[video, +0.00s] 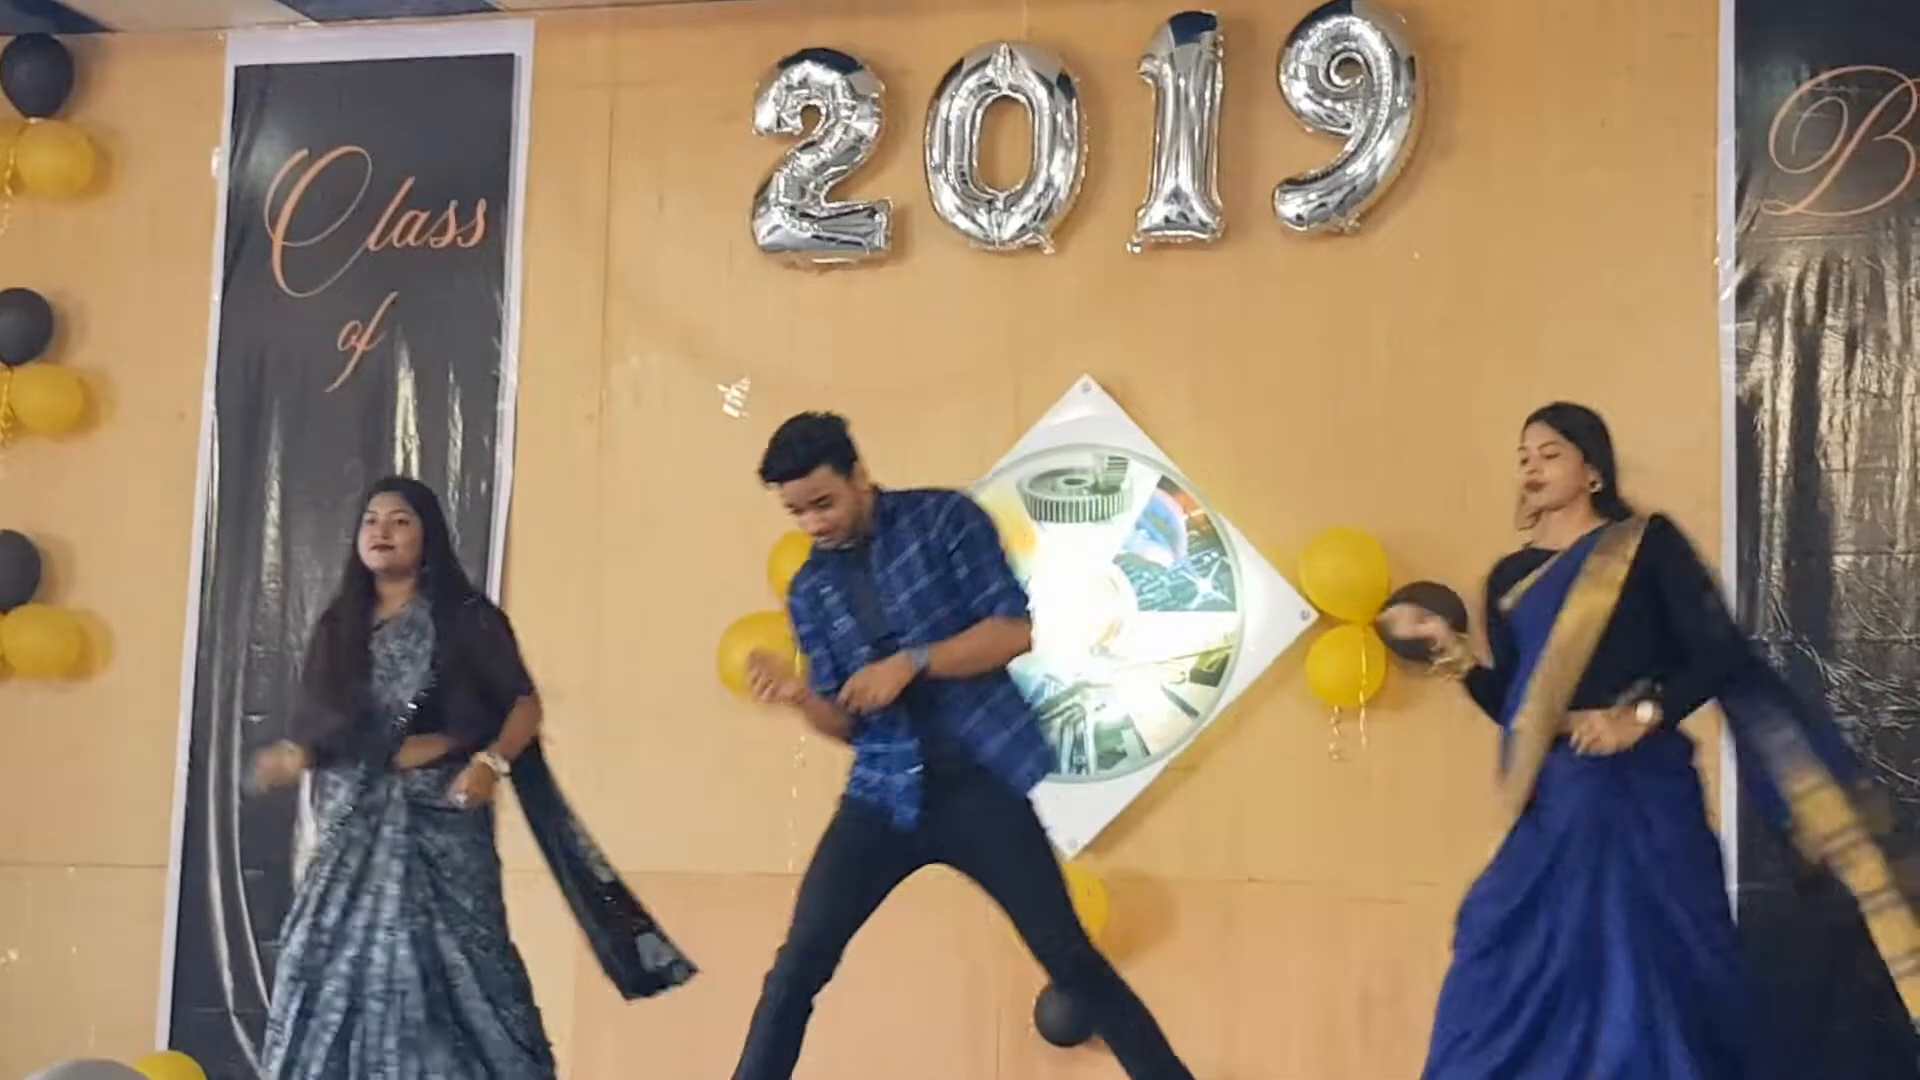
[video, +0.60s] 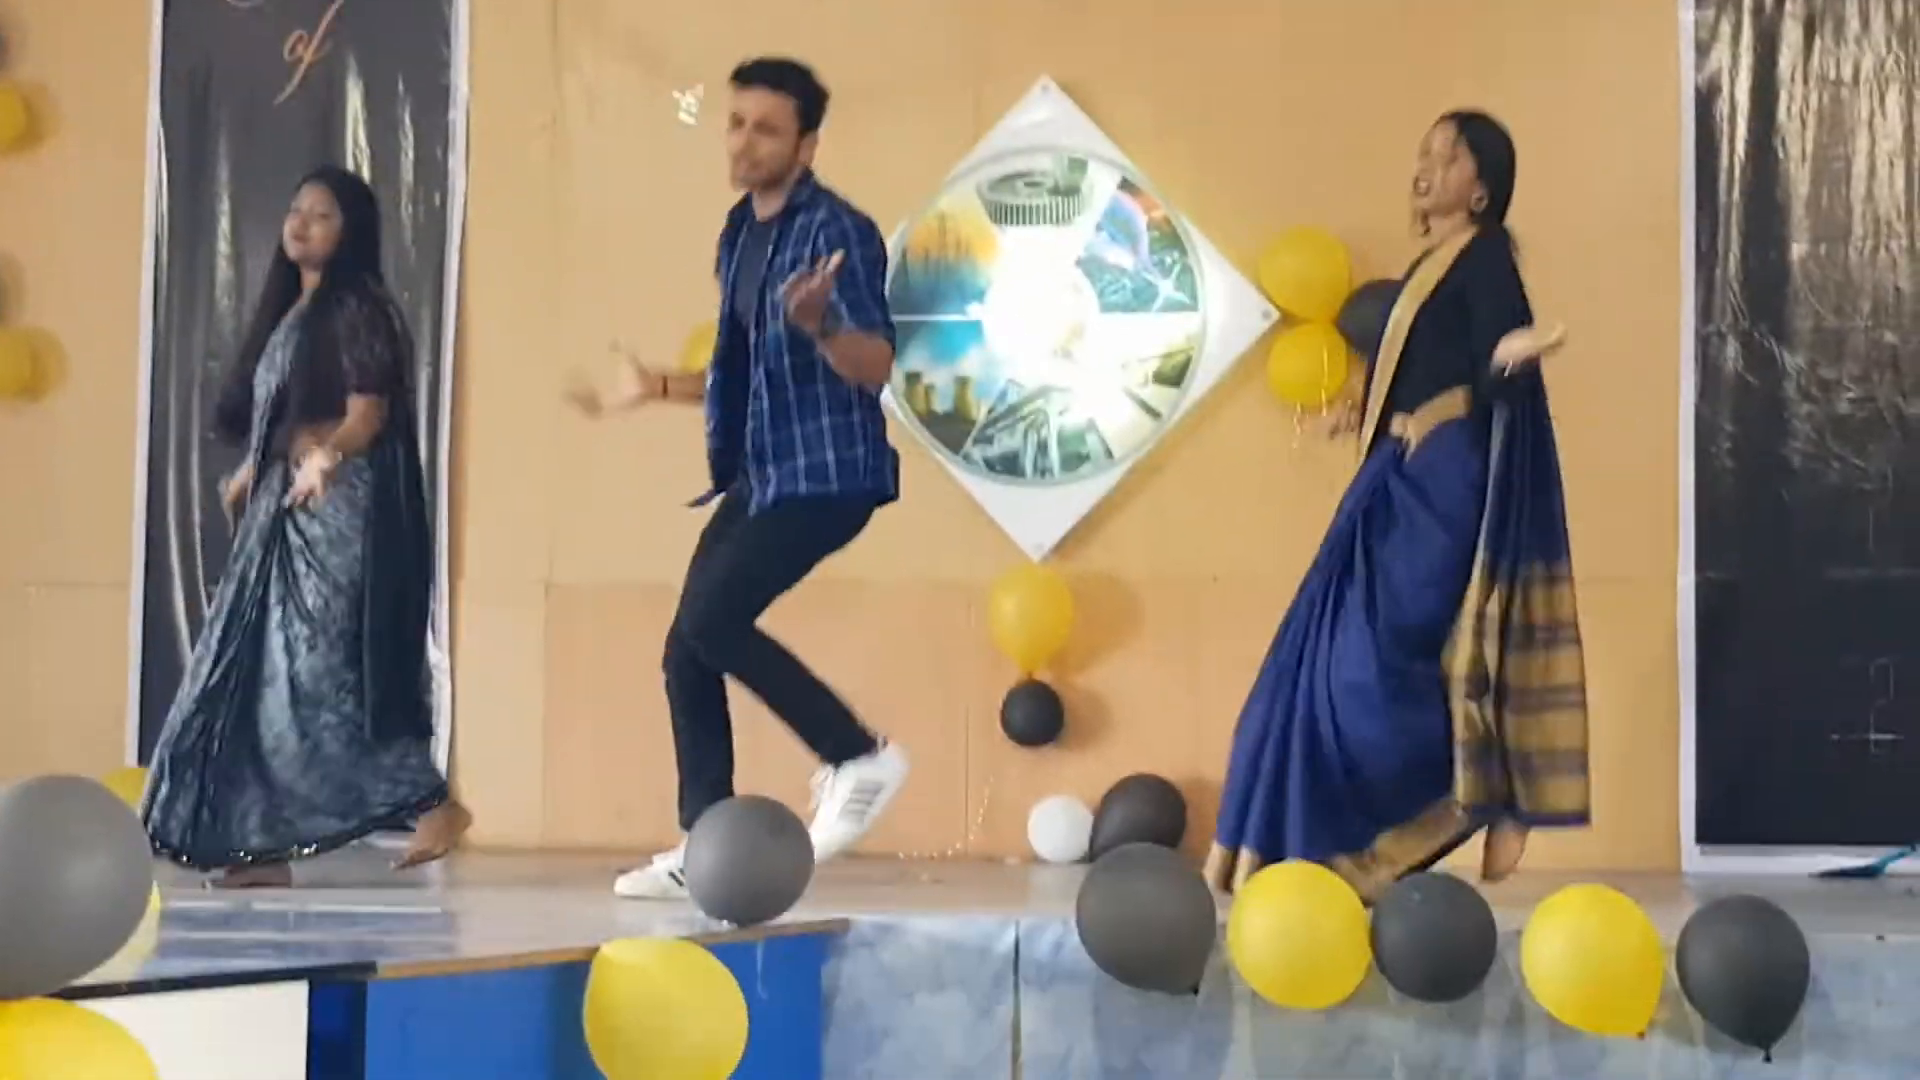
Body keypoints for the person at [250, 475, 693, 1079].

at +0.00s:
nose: (382, 532)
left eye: (399, 521)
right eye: (371, 521)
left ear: (427, 536)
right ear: (357, 536)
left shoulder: (469, 617)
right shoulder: (339, 625)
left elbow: (526, 706)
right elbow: (322, 723)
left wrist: (490, 762)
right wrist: (295, 755)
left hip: (442, 823)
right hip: (356, 823)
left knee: (441, 983)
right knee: (340, 977)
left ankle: (447, 1073)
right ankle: (338, 1072)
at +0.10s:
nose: (361, 502)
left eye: (379, 492)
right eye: (351, 491)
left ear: (407, 508)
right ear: (337, 505)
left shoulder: (442, 585)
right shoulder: (316, 590)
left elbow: (503, 673)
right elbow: (291, 688)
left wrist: (457, 722)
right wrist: (254, 693)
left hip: (417, 788)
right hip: (334, 789)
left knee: (420, 949)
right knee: (325, 945)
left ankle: (428, 1069)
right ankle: (322, 1068)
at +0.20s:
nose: (348, 450)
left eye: (365, 439)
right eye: (338, 438)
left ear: (392, 453)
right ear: (320, 452)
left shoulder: (425, 528)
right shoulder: (297, 534)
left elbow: (482, 615)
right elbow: (258, 636)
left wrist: (427, 665)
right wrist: (232, 623)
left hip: (402, 742)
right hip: (318, 743)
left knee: (399, 905)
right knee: (312, 899)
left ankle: (397, 1059)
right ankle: (306, 1056)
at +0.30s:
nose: (333, 391)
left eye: (350, 378)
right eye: (322, 377)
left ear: (377, 389)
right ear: (306, 387)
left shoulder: (406, 467)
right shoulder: (285, 470)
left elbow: (454, 561)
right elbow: (255, 558)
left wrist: (395, 611)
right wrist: (234, 580)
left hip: (383, 671)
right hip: (299, 667)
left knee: (379, 831)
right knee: (293, 820)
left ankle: (384, 1009)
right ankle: (279, 1004)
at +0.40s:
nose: (305, 342)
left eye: (322, 329)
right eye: (296, 327)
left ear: (351, 341)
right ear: (279, 336)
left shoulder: (381, 429)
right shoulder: (261, 417)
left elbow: (410, 536)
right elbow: (239, 526)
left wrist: (355, 574)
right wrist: (214, 597)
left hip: (353, 618)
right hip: (268, 614)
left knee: (348, 774)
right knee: (250, 766)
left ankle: (372, 945)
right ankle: (245, 953)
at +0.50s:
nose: (293, 283)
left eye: (311, 272)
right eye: (285, 270)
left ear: (342, 285)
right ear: (272, 280)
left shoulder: (368, 368)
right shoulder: (262, 369)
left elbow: (375, 470)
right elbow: (249, 486)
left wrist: (332, 512)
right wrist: (212, 569)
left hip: (337, 566)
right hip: (264, 563)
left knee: (299, 716)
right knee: (231, 715)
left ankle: (391, 867)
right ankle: (255, 893)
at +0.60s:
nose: (299, 225)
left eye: (319, 216)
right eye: (295, 213)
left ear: (349, 232)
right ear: (285, 225)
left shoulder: (360, 306)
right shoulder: (287, 310)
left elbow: (372, 407)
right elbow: (285, 413)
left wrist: (329, 454)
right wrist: (253, 470)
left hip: (341, 509)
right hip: (283, 507)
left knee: (327, 671)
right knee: (257, 670)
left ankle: (431, 805)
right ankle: (263, 848)